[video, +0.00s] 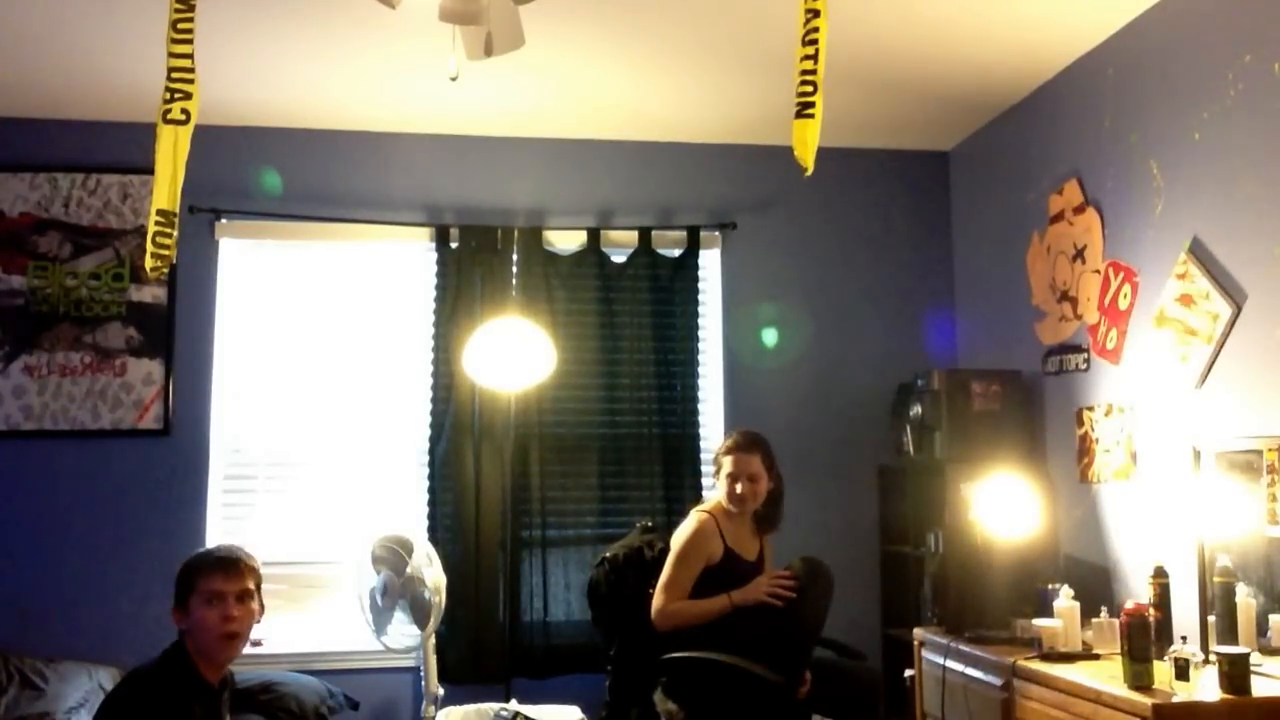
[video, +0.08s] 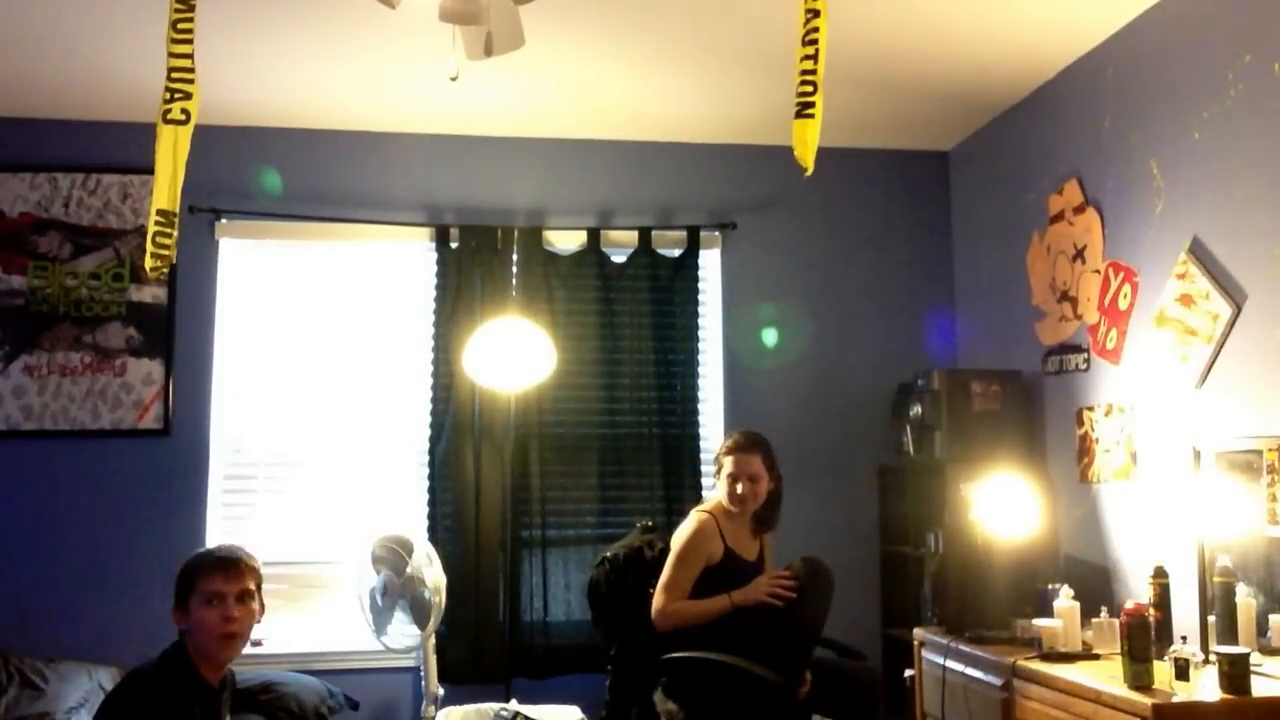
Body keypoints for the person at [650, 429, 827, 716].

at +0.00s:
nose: (740, 489)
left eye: (752, 479)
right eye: (732, 478)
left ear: (769, 483)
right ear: (718, 479)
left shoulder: (756, 528)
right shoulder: (700, 528)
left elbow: (768, 607)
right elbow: (662, 615)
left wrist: (796, 666)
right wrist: (740, 596)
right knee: (811, 575)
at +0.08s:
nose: (741, 489)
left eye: (752, 480)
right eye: (732, 479)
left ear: (770, 483)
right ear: (718, 479)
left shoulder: (756, 529)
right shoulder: (700, 527)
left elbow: (770, 606)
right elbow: (662, 615)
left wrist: (796, 666)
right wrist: (741, 596)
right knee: (811, 575)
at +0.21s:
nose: (742, 490)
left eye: (753, 480)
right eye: (733, 479)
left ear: (771, 484)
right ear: (719, 479)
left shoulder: (758, 530)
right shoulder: (701, 527)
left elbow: (769, 607)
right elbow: (662, 615)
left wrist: (796, 666)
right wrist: (740, 596)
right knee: (812, 575)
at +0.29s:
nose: (742, 491)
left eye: (754, 481)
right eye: (734, 480)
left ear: (772, 484)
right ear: (719, 479)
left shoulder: (759, 528)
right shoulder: (701, 527)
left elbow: (769, 604)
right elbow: (662, 615)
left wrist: (795, 665)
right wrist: (741, 597)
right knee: (811, 575)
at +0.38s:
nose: (743, 491)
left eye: (754, 481)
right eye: (734, 480)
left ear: (772, 484)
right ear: (719, 479)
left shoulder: (759, 526)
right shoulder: (701, 527)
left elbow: (769, 601)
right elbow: (662, 616)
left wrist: (796, 664)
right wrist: (741, 597)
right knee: (811, 575)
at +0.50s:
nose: (742, 491)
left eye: (754, 481)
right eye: (734, 480)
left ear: (771, 485)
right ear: (719, 479)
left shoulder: (757, 527)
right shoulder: (700, 528)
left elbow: (768, 603)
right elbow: (662, 616)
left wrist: (796, 665)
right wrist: (740, 597)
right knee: (812, 575)